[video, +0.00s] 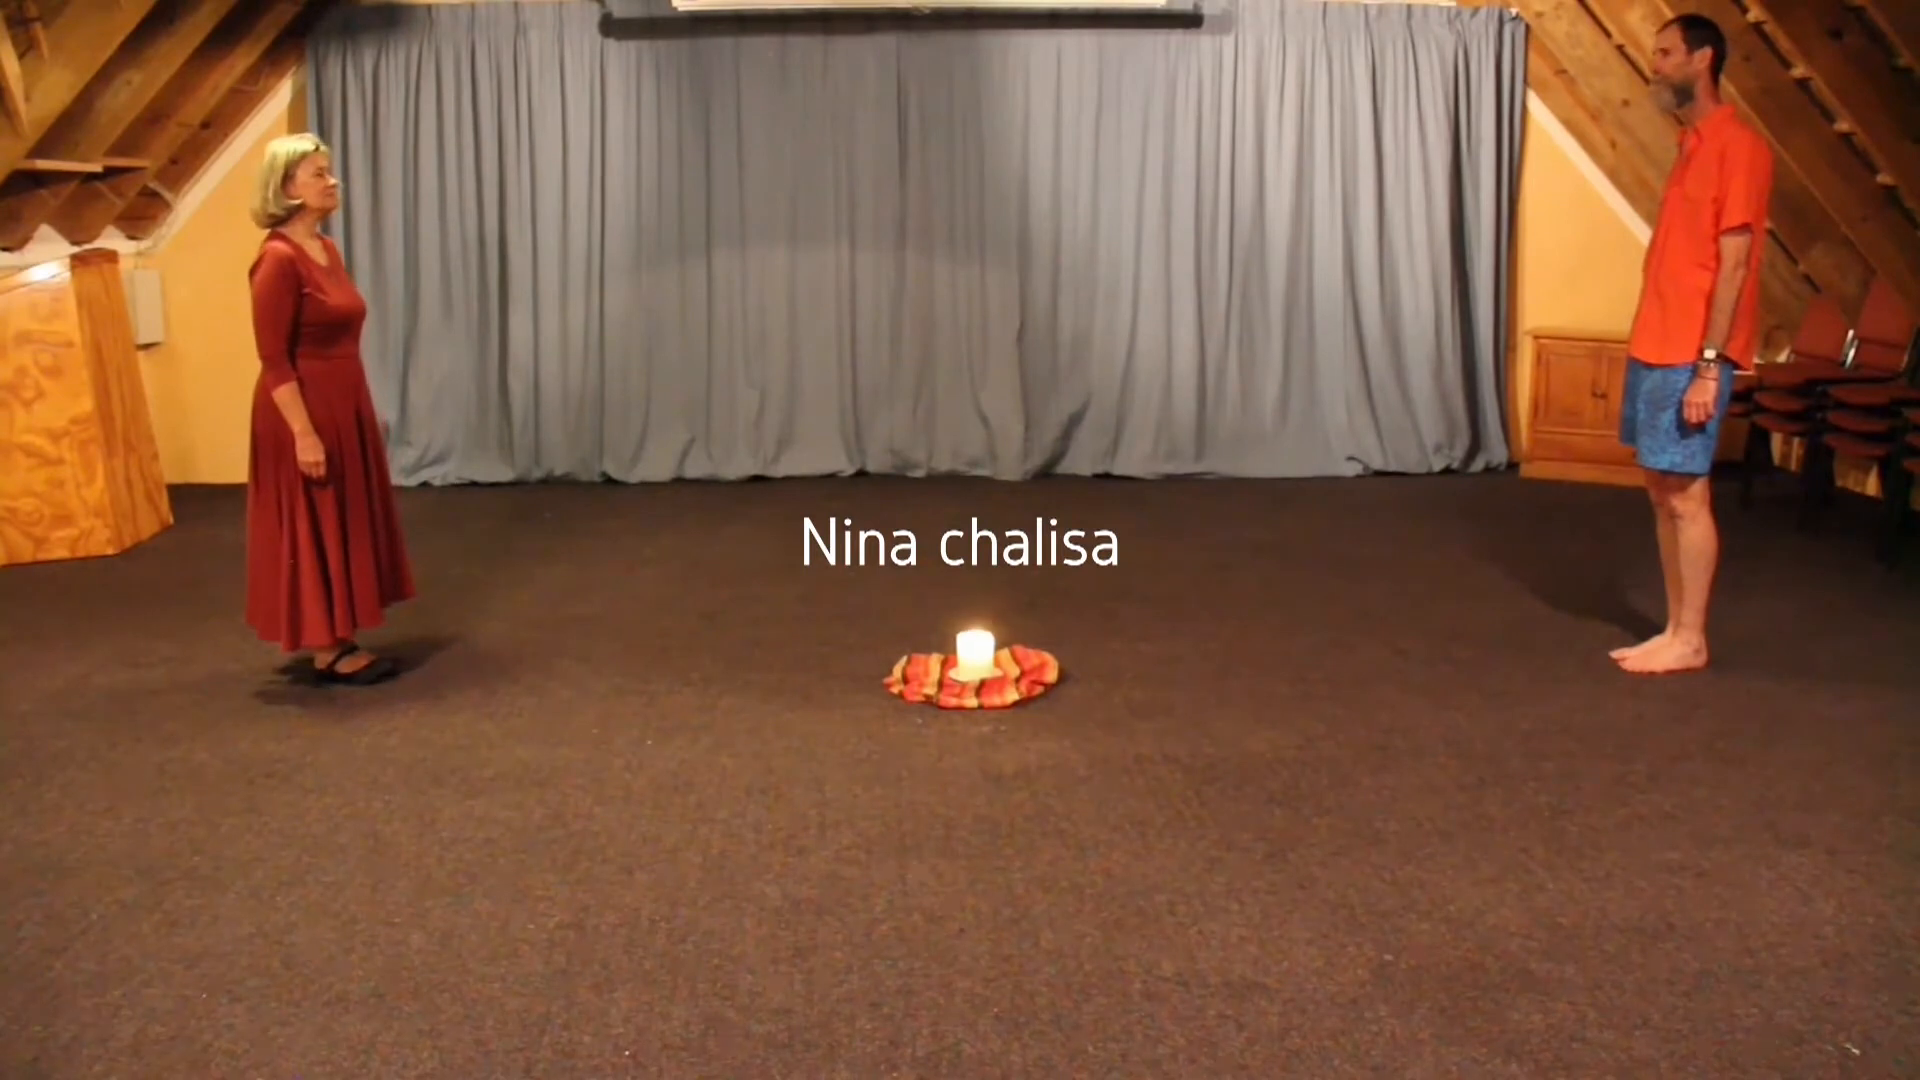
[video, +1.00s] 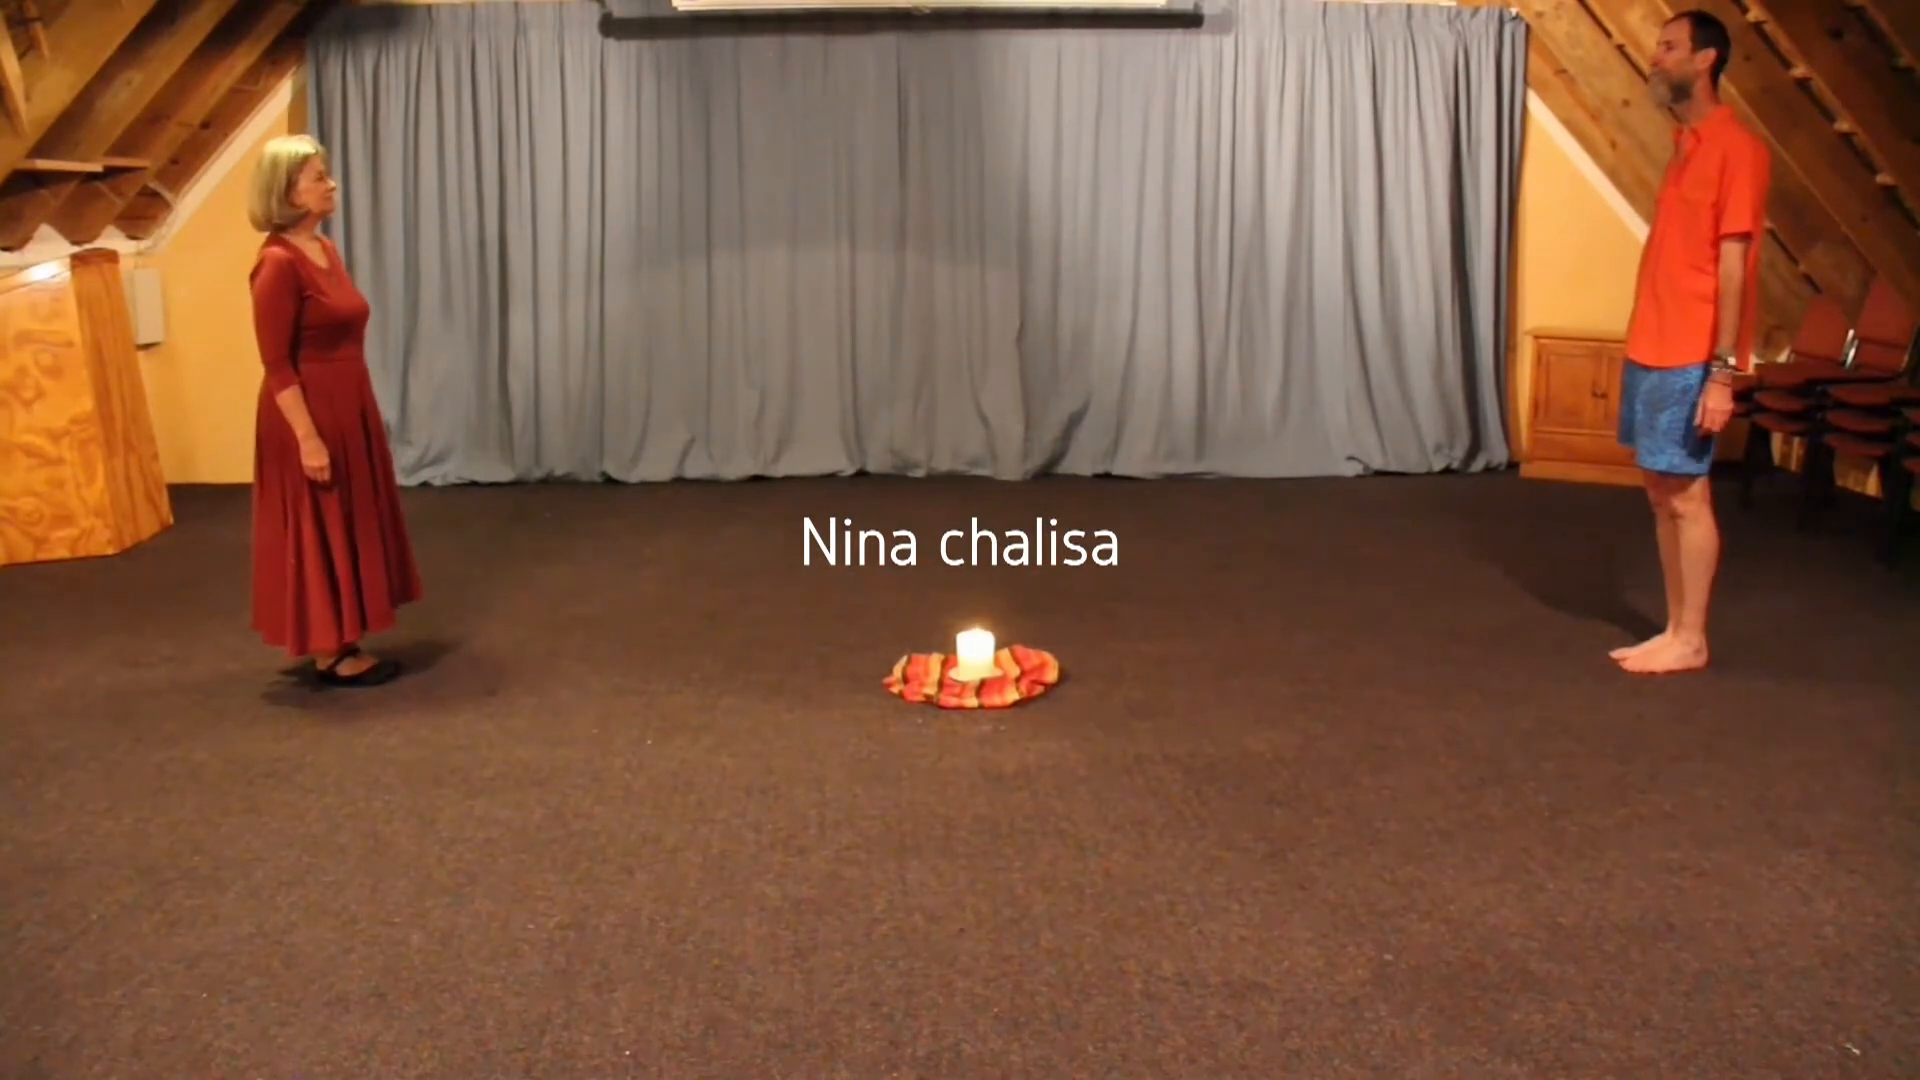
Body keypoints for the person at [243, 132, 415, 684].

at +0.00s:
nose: (333, 182)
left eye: (330, 172)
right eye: (319, 175)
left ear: (323, 183)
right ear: (289, 188)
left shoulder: (327, 249)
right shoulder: (277, 259)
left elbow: (339, 344)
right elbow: (273, 359)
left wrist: (363, 409)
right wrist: (303, 431)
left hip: (342, 403)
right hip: (304, 409)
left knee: (339, 519)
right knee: (313, 524)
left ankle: (336, 642)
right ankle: (325, 648)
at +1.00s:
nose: (331, 185)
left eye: (328, 175)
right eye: (318, 178)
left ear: (317, 187)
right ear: (288, 192)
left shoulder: (324, 248)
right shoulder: (276, 263)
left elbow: (340, 342)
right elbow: (276, 364)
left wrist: (362, 410)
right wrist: (307, 436)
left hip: (347, 403)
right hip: (309, 411)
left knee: (343, 520)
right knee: (317, 525)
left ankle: (340, 642)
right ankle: (326, 648)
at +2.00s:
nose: (345, 182)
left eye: (341, 173)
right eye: (331, 176)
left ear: (331, 187)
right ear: (300, 193)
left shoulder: (348, 249)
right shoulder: (290, 262)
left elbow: (366, 347)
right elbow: (286, 362)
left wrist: (390, 418)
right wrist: (304, 437)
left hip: (365, 406)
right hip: (322, 413)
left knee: (357, 520)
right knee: (326, 524)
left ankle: (346, 644)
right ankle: (328, 648)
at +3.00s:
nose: (360, 182)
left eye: (357, 172)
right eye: (347, 174)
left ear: (344, 185)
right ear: (317, 189)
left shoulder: (354, 247)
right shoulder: (308, 261)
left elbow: (368, 344)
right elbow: (305, 363)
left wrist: (390, 412)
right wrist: (323, 437)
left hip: (375, 407)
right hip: (338, 412)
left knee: (366, 522)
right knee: (339, 526)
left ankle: (355, 646)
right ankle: (337, 650)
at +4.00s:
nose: (353, 191)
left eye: (350, 181)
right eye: (342, 184)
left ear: (336, 189)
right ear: (310, 194)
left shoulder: (339, 248)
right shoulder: (296, 264)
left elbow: (351, 346)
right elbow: (289, 364)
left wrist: (372, 413)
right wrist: (308, 440)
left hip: (357, 407)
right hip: (322, 414)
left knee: (351, 523)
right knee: (327, 527)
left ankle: (344, 642)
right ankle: (330, 647)